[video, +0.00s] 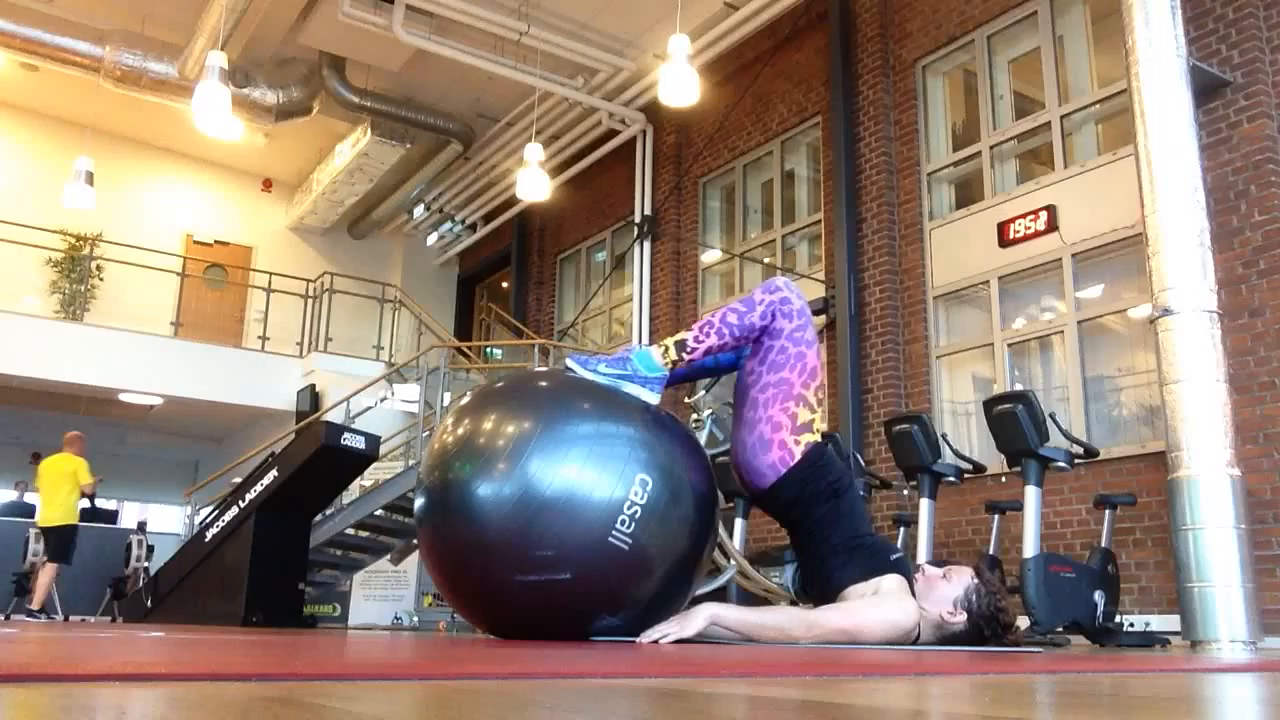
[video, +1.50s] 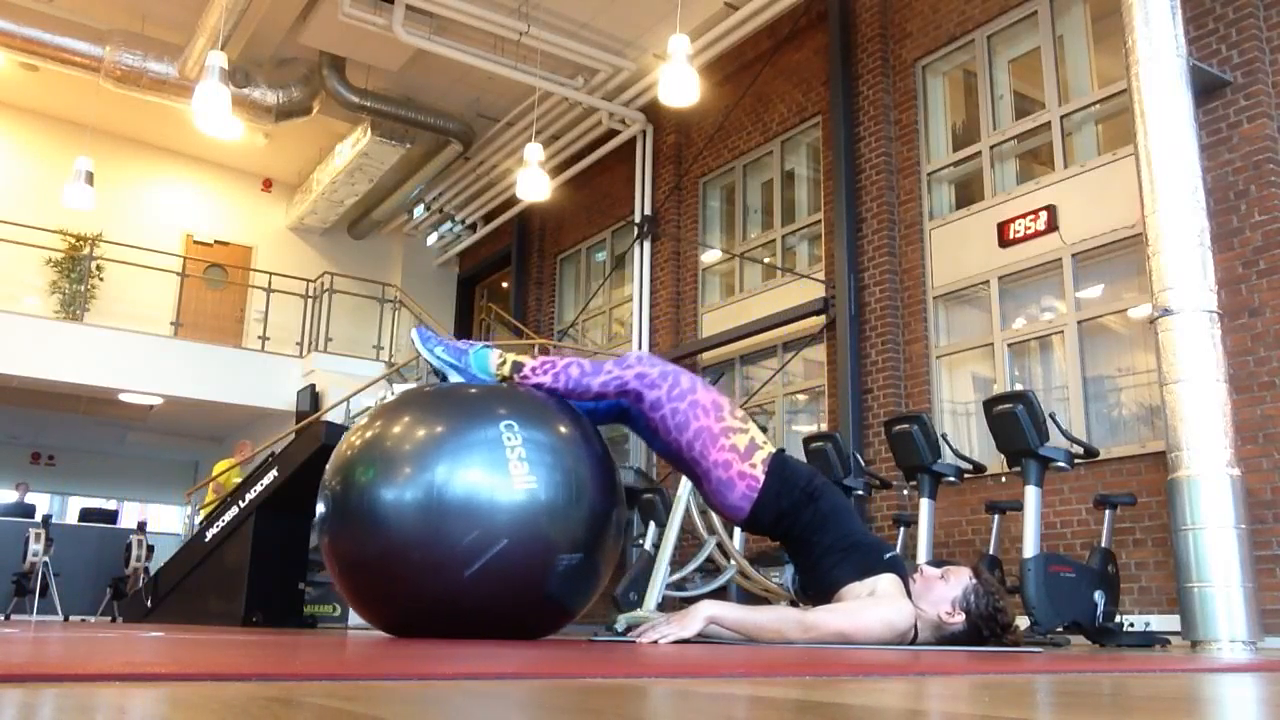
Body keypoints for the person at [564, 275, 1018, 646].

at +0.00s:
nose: (934, 564)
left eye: (946, 576)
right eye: (948, 567)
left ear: (947, 612)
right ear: (945, 611)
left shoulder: (894, 611)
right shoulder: (903, 603)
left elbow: (807, 626)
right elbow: (808, 623)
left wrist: (713, 615)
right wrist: (721, 616)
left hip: (779, 461)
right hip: (802, 458)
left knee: (782, 297)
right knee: (787, 303)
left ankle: (649, 368)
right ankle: (658, 373)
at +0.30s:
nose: (935, 564)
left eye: (946, 577)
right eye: (948, 567)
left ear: (947, 612)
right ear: (946, 609)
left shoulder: (894, 612)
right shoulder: (902, 597)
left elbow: (807, 624)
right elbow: (805, 620)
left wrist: (710, 613)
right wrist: (716, 613)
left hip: (774, 462)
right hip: (798, 458)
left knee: (769, 299)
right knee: (776, 310)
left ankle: (636, 370)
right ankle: (648, 380)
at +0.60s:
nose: (934, 566)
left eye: (946, 576)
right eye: (947, 569)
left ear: (947, 612)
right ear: (946, 612)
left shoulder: (894, 613)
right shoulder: (905, 607)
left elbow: (799, 625)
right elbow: (804, 621)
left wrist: (709, 614)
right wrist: (716, 618)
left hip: (783, 460)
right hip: (808, 461)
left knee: (802, 295)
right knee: (806, 307)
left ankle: (673, 365)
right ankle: (687, 371)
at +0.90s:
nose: (935, 564)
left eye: (947, 576)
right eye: (949, 567)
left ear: (947, 612)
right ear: (945, 610)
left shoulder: (895, 612)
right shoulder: (905, 600)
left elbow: (806, 625)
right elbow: (806, 620)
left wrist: (712, 613)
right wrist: (718, 615)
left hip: (780, 458)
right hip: (805, 454)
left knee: (780, 296)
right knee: (785, 306)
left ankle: (644, 357)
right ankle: (650, 365)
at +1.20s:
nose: (938, 570)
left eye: (949, 582)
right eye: (952, 571)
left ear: (945, 617)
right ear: (945, 602)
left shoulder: (892, 611)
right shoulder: (897, 595)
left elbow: (806, 627)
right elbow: (810, 619)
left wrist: (710, 613)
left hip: (765, 473)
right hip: (784, 461)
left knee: (688, 327)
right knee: (695, 336)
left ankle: (551, 364)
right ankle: (569, 375)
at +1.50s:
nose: (940, 567)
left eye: (951, 581)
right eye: (953, 570)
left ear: (945, 616)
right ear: (945, 598)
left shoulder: (890, 612)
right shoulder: (888, 593)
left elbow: (799, 624)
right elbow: (797, 620)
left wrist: (706, 615)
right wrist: (711, 619)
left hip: (752, 484)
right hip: (765, 470)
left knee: (644, 375)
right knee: (652, 374)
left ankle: (489, 367)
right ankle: (518, 384)